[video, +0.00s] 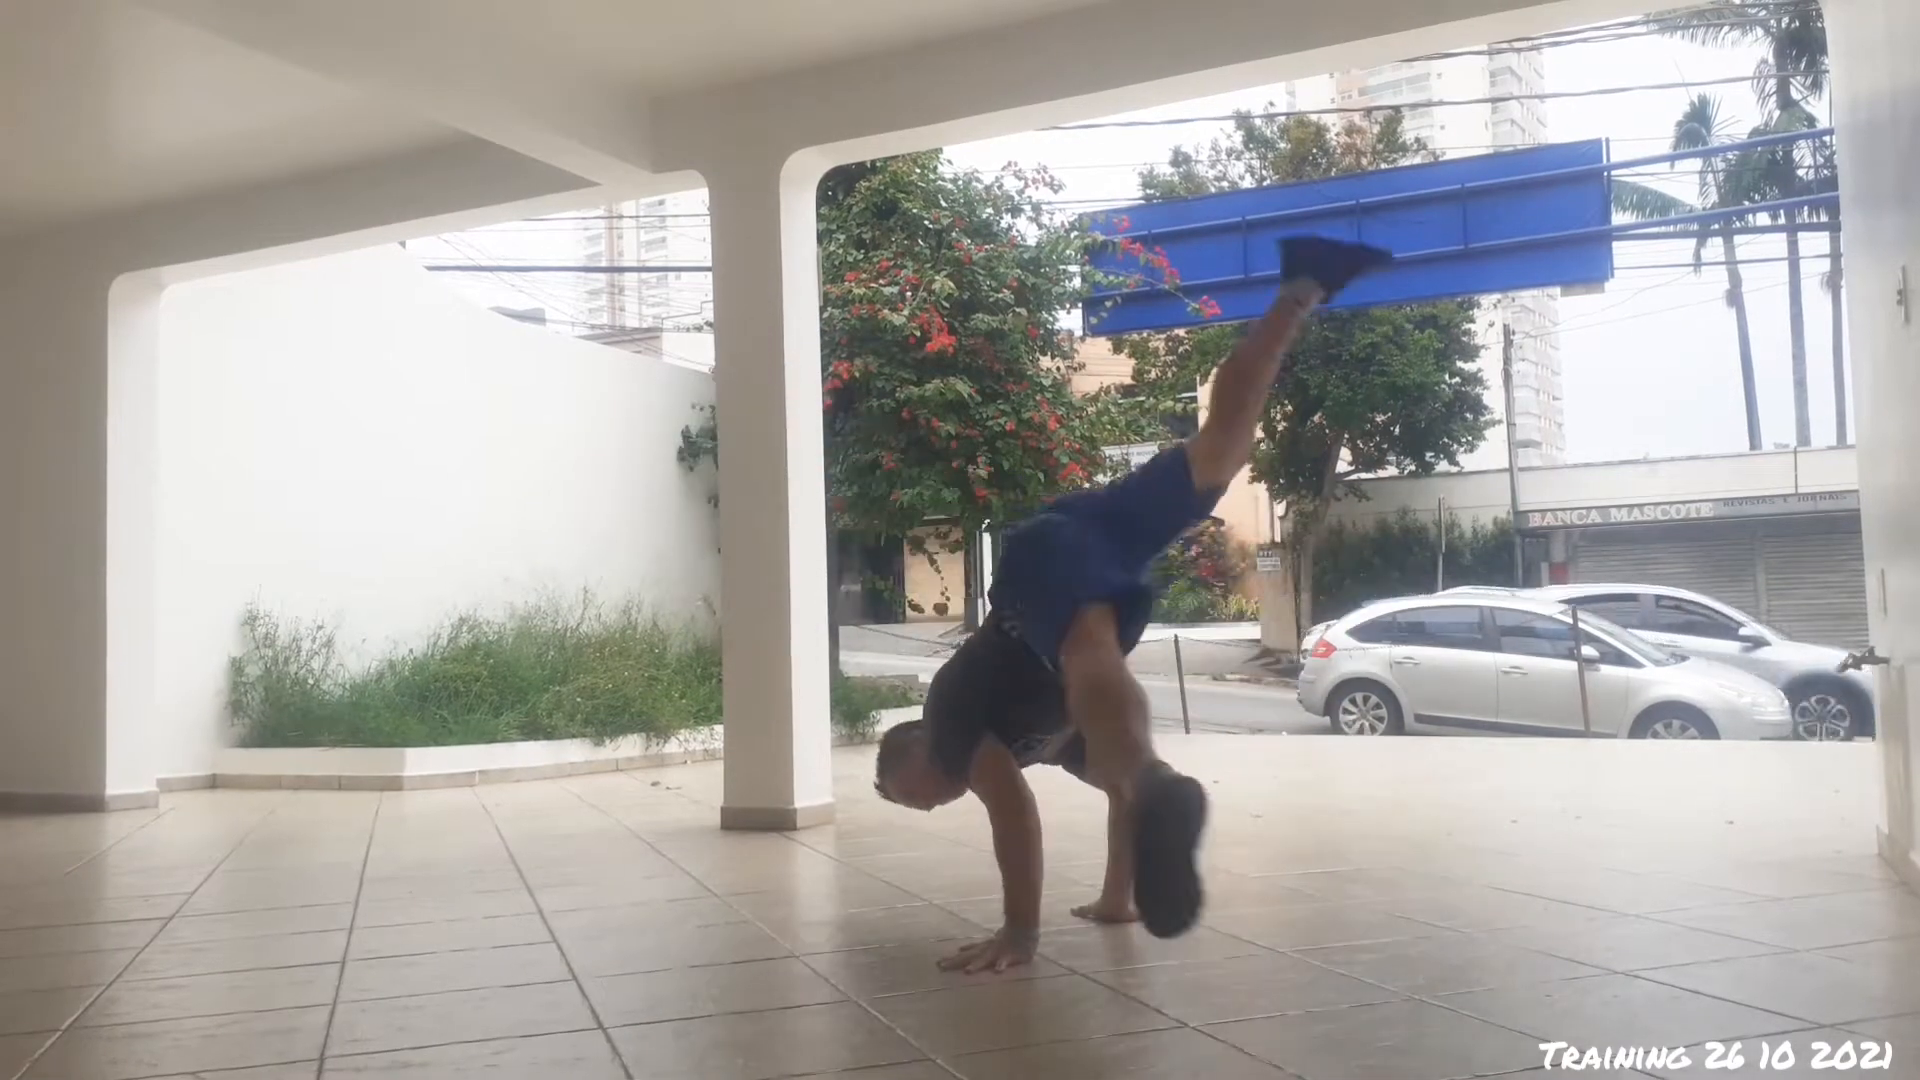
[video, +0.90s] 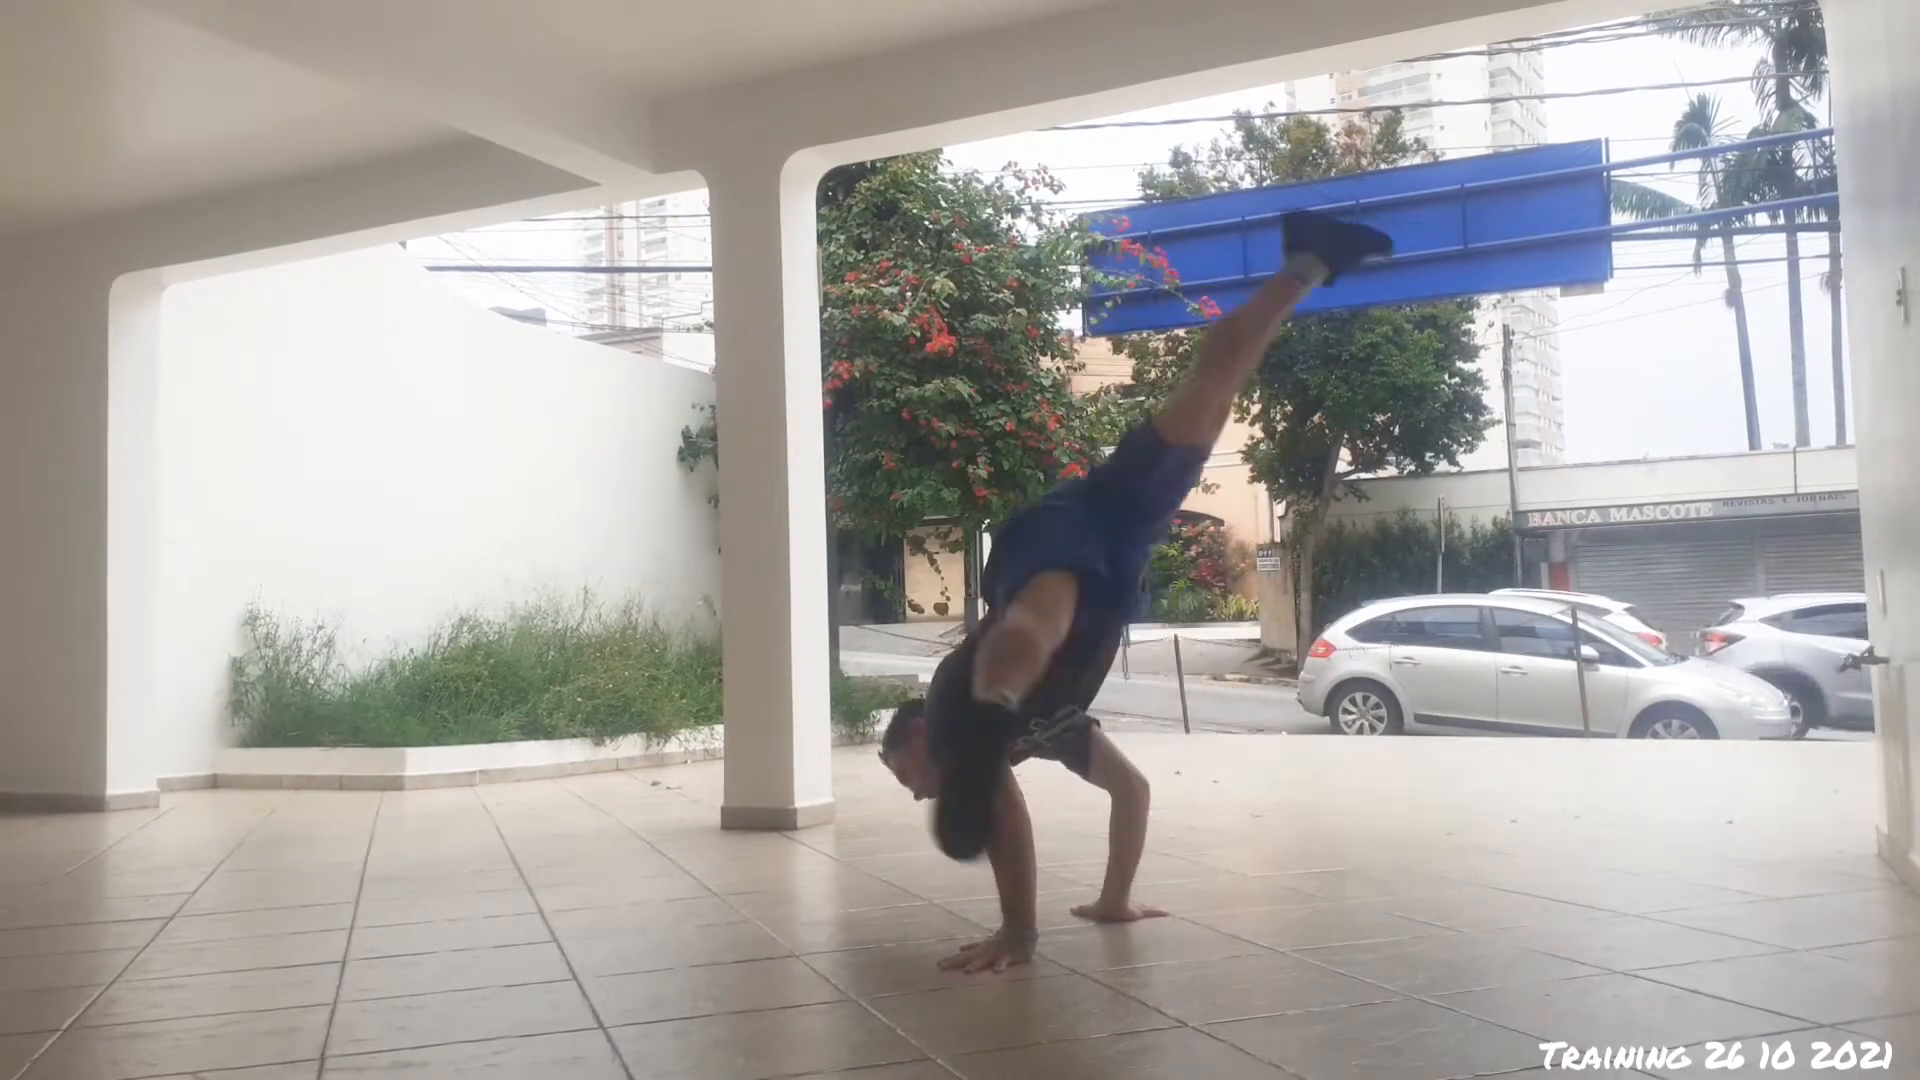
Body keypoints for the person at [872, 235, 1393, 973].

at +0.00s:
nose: (912, 803)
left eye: (896, 793)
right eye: (900, 800)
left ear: (907, 757)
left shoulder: (946, 717)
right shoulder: (1048, 727)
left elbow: (1012, 811)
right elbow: (1117, 786)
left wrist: (1018, 933)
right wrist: (1116, 894)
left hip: (1039, 552)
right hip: (1100, 524)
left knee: (1096, 674)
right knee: (1217, 449)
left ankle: (1153, 803)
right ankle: (1302, 292)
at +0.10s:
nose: (914, 809)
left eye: (901, 800)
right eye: (905, 808)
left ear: (903, 756)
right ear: (919, 766)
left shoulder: (949, 720)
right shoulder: (1041, 733)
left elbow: (1016, 811)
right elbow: (1125, 788)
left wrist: (1019, 937)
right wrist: (1114, 899)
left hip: (1047, 585)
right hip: (1076, 527)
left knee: (1170, 711)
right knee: (1181, 399)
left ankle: (1317, 850)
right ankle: (1178, 218)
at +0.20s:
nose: (907, 811)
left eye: (892, 800)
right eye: (894, 808)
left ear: (900, 760)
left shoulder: (949, 717)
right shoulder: (1030, 724)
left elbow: (1013, 816)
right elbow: (1118, 786)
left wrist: (1016, 932)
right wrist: (1112, 897)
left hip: (1068, 596)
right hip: (1069, 538)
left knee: (1218, 710)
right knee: (1141, 377)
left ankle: (1395, 822)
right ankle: (1065, 204)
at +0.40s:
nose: (900, 804)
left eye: (888, 793)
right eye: (890, 801)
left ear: (899, 754)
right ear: (923, 764)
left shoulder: (949, 713)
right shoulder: (1032, 723)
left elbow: (1009, 812)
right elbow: (1120, 787)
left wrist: (1015, 935)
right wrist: (1114, 900)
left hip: (1083, 599)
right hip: (1064, 540)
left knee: (1247, 662)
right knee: (1100, 369)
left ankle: (1433, 709)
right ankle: (959, 250)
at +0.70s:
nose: (907, 790)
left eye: (893, 777)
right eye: (895, 784)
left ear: (901, 741)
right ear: (922, 742)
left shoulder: (946, 709)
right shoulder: (1037, 718)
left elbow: (1003, 808)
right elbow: (1120, 787)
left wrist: (1016, 932)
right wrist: (1114, 898)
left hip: (1057, 583)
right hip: (1070, 522)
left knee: (1215, 693)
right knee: (1111, 371)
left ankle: (1404, 798)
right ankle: (1057, 169)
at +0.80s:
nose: (911, 789)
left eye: (899, 774)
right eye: (899, 783)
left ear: (911, 739)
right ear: (927, 738)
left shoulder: (948, 705)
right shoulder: (1044, 721)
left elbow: (1003, 813)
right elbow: (1125, 792)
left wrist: (1015, 934)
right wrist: (1114, 898)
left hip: (1042, 556)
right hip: (1081, 505)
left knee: (1145, 693)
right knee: (1138, 364)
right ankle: (1170, 191)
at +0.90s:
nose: (914, 787)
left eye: (903, 773)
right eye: (905, 781)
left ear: (915, 737)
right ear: (933, 748)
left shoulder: (962, 707)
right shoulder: (1049, 727)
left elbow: (1003, 817)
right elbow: (1132, 789)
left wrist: (1016, 933)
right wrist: (1114, 900)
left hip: (1054, 540)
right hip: (1116, 546)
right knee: (1218, 376)